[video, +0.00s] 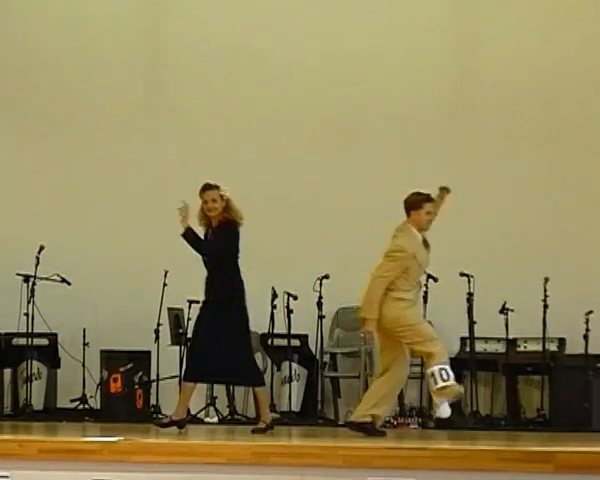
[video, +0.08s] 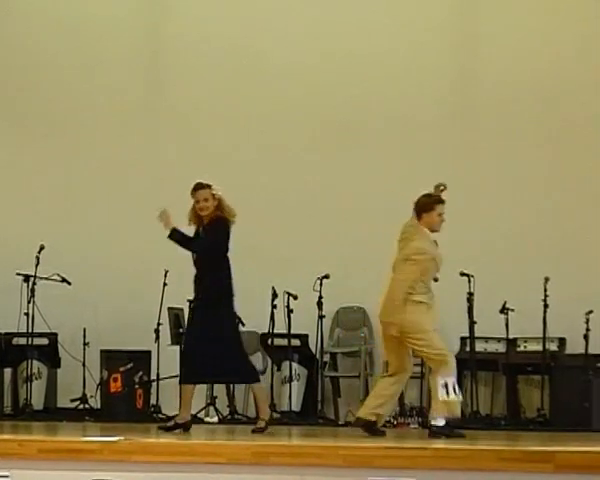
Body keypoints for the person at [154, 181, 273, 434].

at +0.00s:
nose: (210, 206)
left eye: (214, 201)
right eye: (206, 202)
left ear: (223, 201)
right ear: (203, 206)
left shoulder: (229, 226)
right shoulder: (212, 229)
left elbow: (211, 253)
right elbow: (213, 263)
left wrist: (186, 229)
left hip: (231, 297)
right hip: (214, 297)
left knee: (243, 355)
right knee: (196, 351)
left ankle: (265, 417)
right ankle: (180, 413)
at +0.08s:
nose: (202, 204)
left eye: (206, 199)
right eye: (198, 201)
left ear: (216, 200)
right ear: (194, 205)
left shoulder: (219, 224)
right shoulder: (202, 227)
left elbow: (204, 250)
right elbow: (205, 265)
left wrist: (171, 231)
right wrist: (201, 298)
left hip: (219, 299)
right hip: (203, 299)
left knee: (236, 354)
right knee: (189, 354)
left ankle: (264, 413)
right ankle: (184, 415)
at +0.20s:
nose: (188, 207)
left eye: (193, 202)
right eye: (185, 203)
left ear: (202, 204)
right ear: (181, 206)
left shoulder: (203, 229)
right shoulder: (191, 231)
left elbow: (186, 260)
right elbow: (185, 260)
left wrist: (151, 260)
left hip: (200, 302)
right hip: (190, 302)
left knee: (206, 358)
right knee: (178, 356)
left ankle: (254, 398)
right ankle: (183, 415)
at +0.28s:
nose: (182, 211)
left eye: (186, 206)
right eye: (179, 207)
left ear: (196, 207)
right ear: (177, 210)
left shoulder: (197, 236)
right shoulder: (189, 236)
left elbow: (184, 272)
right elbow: (180, 272)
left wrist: (157, 291)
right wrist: (161, 291)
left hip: (195, 303)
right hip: (187, 302)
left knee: (184, 358)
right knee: (176, 357)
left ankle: (234, 380)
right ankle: (186, 415)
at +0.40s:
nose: (166, 211)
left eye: (169, 207)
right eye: (167, 207)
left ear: (180, 210)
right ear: (180, 210)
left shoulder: (182, 239)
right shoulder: (185, 238)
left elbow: (183, 279)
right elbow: (181, 279)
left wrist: (184, 314)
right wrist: (176, 310)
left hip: (180, 309)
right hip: (186, 307)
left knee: (145, 356)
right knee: (179, 363)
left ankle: (184, 376)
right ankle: (187, 414)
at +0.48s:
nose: (162, 210)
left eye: (165, 206)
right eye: (163, 206)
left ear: (172, 209)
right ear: (185, 209)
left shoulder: (170, 233)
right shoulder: (186, 234)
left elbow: (188, 267)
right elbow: (191, 267)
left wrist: (203, 296)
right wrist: (202, 297)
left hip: (172, 304)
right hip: (186, 305)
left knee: (139, 348)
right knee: (176, 358)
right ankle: (188, 414)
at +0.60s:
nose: (150, 200)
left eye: (152, 196)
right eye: (152, 196)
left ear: (158, 200)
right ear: (176, 202)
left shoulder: (153, 224)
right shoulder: (179, 227)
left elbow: (158, 261)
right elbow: (192, 251)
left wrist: (185, 286)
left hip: (155, 295)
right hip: (175, 297)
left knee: (138, 351)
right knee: (176, 354)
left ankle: (116, 407)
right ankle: (183, 412)